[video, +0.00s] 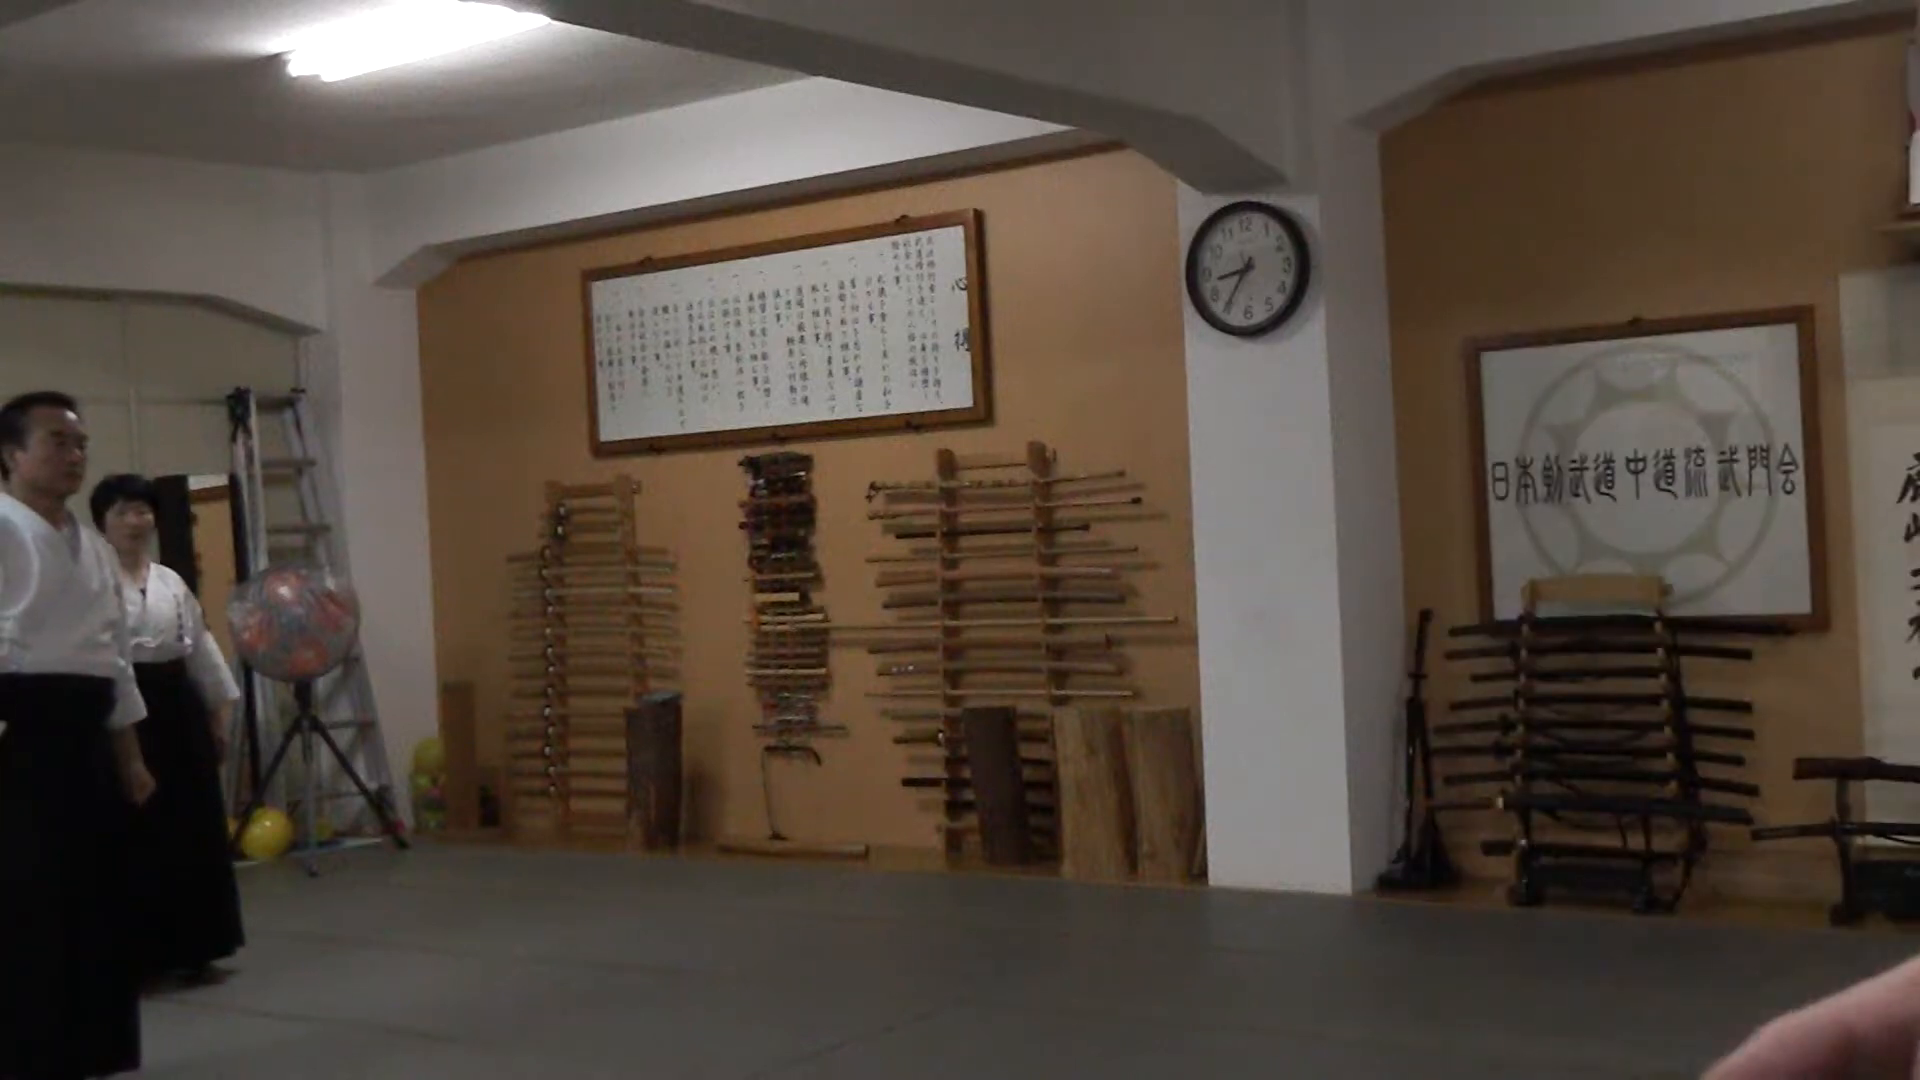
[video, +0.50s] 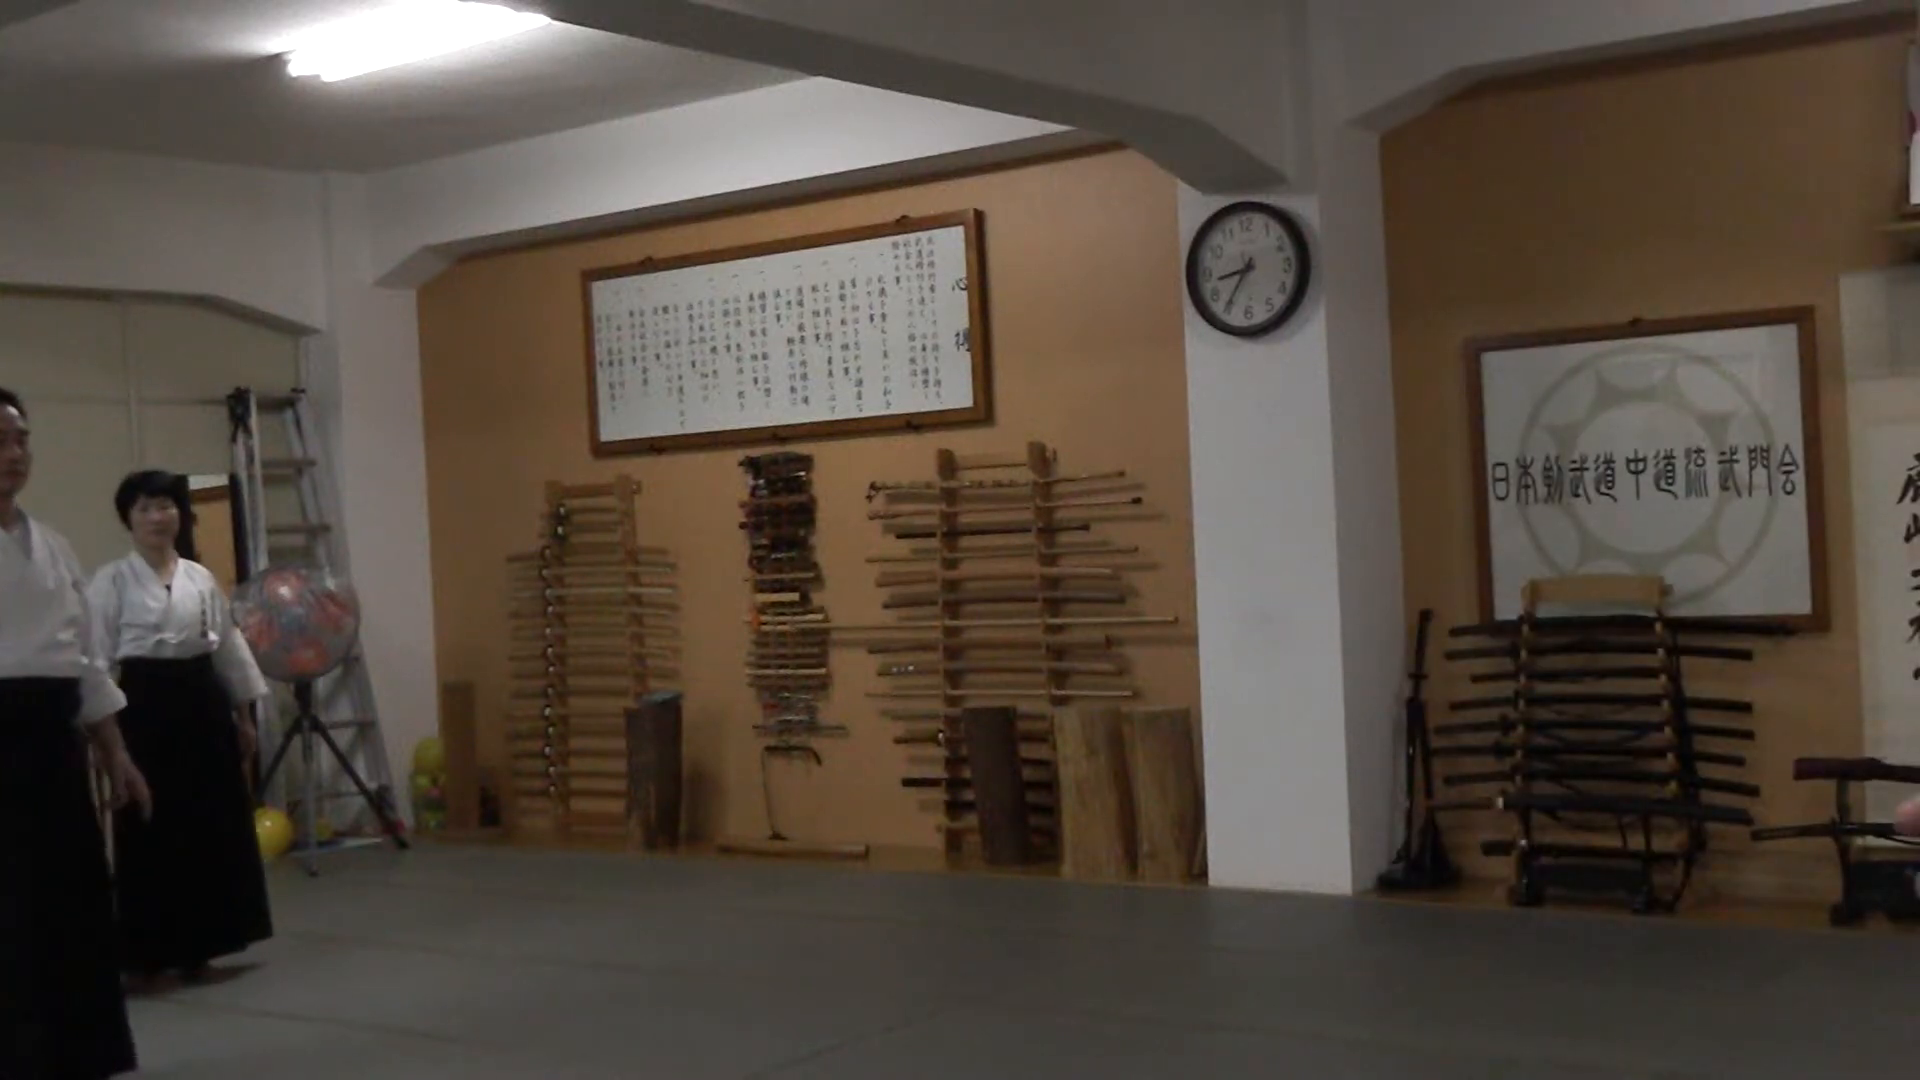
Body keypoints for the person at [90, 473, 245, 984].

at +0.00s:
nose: (136, 520)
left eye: (144, 510)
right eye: (124, 512)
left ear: (155, 520)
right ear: (102, 523)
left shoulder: (170, 581)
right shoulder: (95, 582)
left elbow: (199, 643)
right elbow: (93, 656)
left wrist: (225, 697)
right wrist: (108, 727)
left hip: (175, 695)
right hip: (121, 700)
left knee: (193, 816)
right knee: (137, 822)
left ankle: (198, 945)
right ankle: (147, 949)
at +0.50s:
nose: (156, 517)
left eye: (164, 507)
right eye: (144, 509)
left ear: (181, 516)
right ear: (127, 519)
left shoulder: (201, 579)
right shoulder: (110, 583)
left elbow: (229, 644)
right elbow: (96, 662)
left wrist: (247, 713)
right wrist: (104, 738)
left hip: (199, 700)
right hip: (142, 704)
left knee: (206, 818)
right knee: (149, 820)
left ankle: (199, 947)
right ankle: (149, 953)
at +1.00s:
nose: (172, 517)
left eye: (181, 508)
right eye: (161, 509)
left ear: (195, 517)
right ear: (142, 518)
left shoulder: (214, 580)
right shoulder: (122, 583)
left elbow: (241, 646)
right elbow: (101, 662)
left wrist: (263, 706)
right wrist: (110, 726)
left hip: (210, 701)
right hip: (154, 705)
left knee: (214, 819)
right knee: (156, 824)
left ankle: (202, 949)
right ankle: (149, 956)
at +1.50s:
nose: (174, 517)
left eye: (183, 508)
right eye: (163, 508)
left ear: (197, 517)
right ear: (145, 519)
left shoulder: (215, 581)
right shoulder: (124, 582)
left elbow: (243, 649)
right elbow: (104, 658)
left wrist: (260, 713)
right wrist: (115, 725)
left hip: (212, 703)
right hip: (157, 705)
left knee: (215, 822)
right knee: (161, 826)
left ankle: (202, 951)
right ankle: (155, 957)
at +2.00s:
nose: (175, 515)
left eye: (183, 506)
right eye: (163, 507)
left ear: (197, 515)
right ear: (144, 519)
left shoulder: (216, 580)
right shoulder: (124, 581)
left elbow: (243, 646)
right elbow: (112, 658)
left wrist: (262, 713)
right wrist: (121, 729)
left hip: (211, 702)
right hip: (153, 706)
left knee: (213, 818)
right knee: (159, 822)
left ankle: (203, 946)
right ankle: (162, 949)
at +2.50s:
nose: (180, 515)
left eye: (188, 506)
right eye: (168, 508)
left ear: (199, 516)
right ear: (146, 520)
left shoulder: (215, 579)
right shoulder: (138, 578)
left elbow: (241, 645)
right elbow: (131, 655)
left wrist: (261, 708)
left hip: (215, 699)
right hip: (157, 707)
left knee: (222, 818)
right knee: (169, 823)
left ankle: (217, 941)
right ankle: (179, 945)